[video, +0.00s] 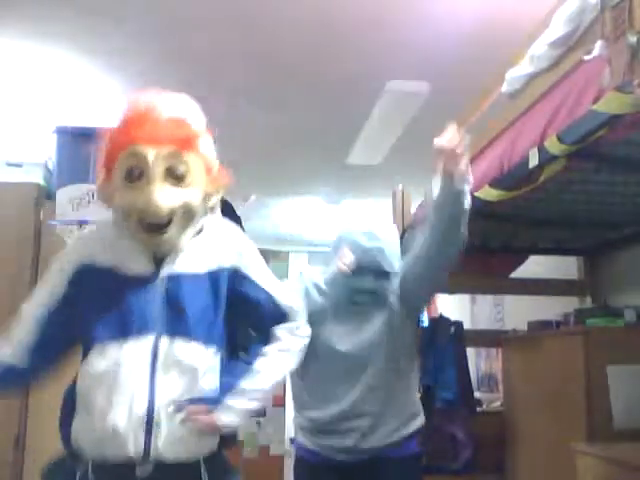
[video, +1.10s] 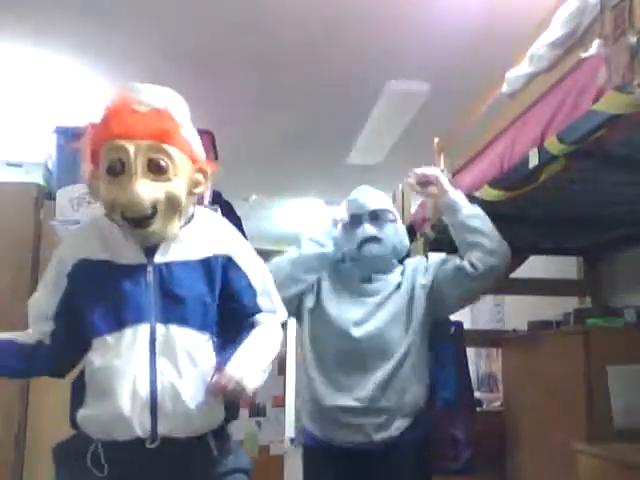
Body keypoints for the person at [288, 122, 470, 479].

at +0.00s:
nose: (364, 281)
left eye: (373, 273)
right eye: (355, 270)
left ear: (387, 273)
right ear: (336, 266)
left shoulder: (400, 300)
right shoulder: (308, 301)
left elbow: (439, 248)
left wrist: (451, 178)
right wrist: (335, 277)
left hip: (392, 455)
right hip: (320, 457)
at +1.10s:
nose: (368, 229)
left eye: (379, 218)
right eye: (354, 220)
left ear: (400, 228)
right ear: (341, 232)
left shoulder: (422, 279)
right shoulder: (316, 279)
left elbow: (491, 260)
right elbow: (261, 288)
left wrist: (448, 200)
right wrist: (333, 254)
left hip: (400, 447)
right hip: (327, 449)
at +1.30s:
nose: (369, 233)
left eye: (383, 222)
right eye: (358, 220)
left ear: (401, 233)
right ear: (340, 226)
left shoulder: (409, 279)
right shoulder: (312, 272)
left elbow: (482, 280)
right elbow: (253, 260)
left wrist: (466, 210)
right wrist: (325, 227)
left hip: (403, 430)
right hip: (330, 436)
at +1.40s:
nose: (362, 231)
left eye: (376, 222)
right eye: (351, 219)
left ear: (394, 231)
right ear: (332, 225)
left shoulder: (402, 276)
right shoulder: (311, 272)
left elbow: (471, 270)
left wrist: (469, 195)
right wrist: (320, 228)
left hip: (401, 433)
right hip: (328, 437)